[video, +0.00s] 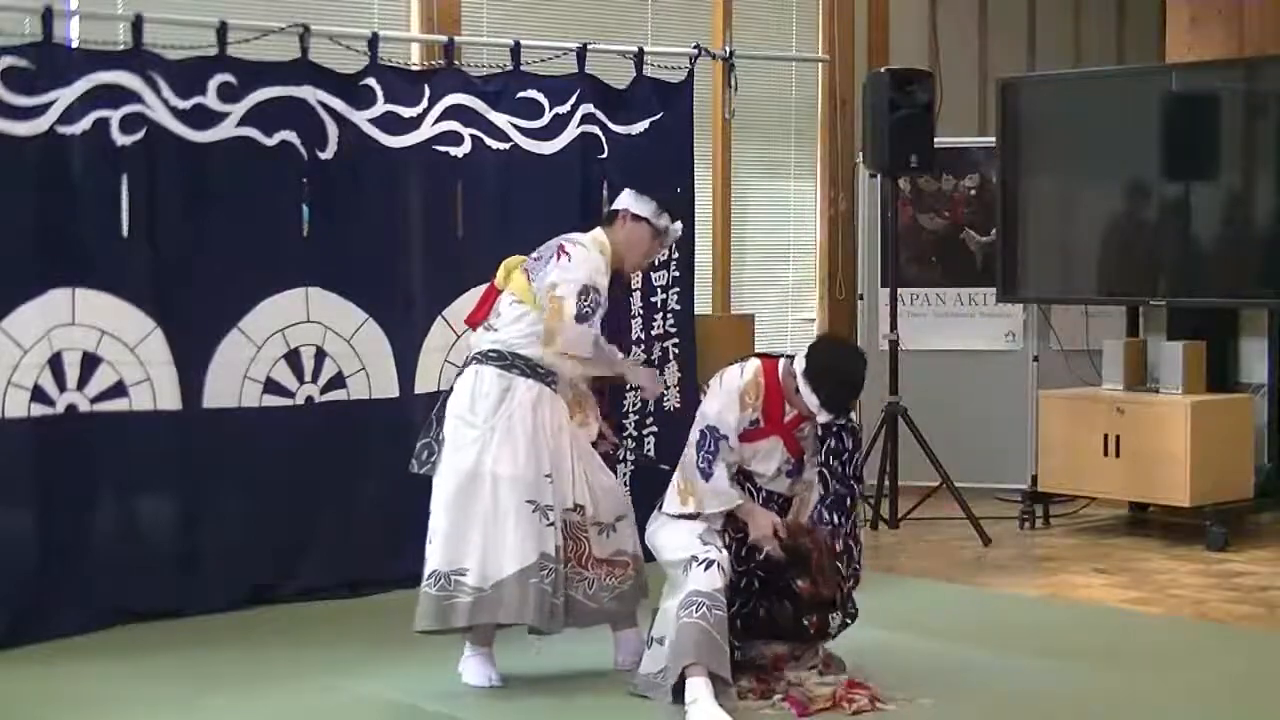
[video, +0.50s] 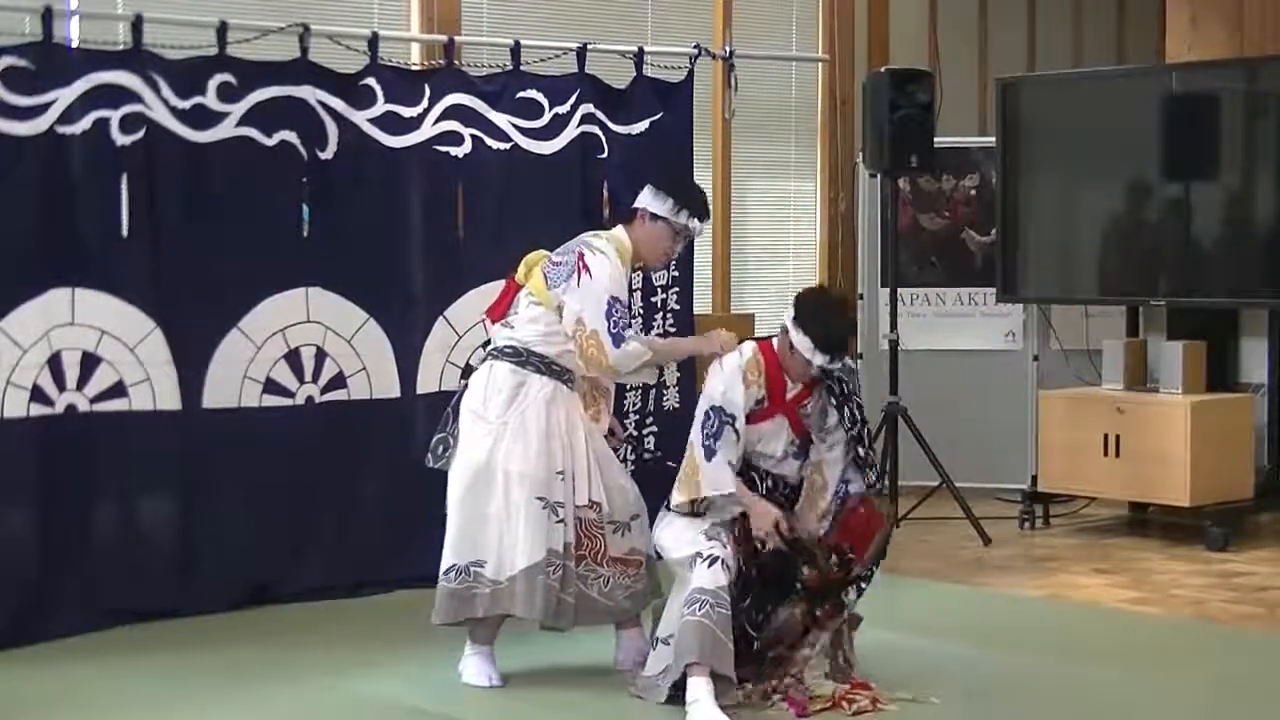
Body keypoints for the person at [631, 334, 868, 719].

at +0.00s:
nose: (818, 417)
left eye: (829, 412)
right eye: (814, 406)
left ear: (844, 395)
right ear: (798, 376)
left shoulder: (825, 414)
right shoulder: (739, 384)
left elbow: (810, 481)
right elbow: (703, 463)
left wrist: (795, 531)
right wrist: (748, 511)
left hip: (758, 522)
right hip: (693, 514)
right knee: (708, 564)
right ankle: (698, 690)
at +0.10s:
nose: (821, 419)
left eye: (831, 415)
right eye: (818, 407)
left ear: (843, 403)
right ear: (801, 377)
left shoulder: (824, 416)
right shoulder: (741, 385)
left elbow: (815, 479)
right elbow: (709, 474)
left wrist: (792, 528)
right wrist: (761, 512)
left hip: (752, 522)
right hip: (692, 514)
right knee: (710, 561)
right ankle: (699, 690)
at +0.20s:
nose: (822, 415)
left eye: (832, 411)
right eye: (818, 403)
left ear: (844, 402)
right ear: (804, 373)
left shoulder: (825, 414)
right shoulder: (744, 382)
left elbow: (810, 481)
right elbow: (713, 480)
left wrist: (792, 535)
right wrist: (756, 523)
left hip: (756, 521)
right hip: (691, 513)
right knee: (710, 559)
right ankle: (698, 689)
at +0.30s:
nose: (820, 403)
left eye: (831, 400)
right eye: (816, 392)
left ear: (845, 393)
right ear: (801, 364)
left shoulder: (834, 411)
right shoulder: (745, 382)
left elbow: (825, 478)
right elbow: (713, 469)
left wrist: (805, 541)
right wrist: (737, 535)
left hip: (768, 525)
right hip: (693, 511)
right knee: (711, 559)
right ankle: (698, 689)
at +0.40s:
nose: (820, 392)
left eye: (830, 386)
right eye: (816, 380)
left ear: (846, 379)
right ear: (798, 352)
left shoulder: (839, 398)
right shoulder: (743, 378)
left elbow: (832, 472)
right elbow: (708, 463)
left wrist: (809, 544)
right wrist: (732, 529)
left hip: (779, 524)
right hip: (704, 510)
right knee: (711, 560)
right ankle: (698, 687)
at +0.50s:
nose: (815, 371)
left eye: (824, 364)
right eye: (809, 360)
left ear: (837, 354)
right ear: (788, 337)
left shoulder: (831, 386)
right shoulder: (737, 370)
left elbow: (833, 459)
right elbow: (711, 456)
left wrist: (808, 521)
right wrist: (751, 504)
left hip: (781, 516)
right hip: (709, 508)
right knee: (712, 565)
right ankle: (699, 688)